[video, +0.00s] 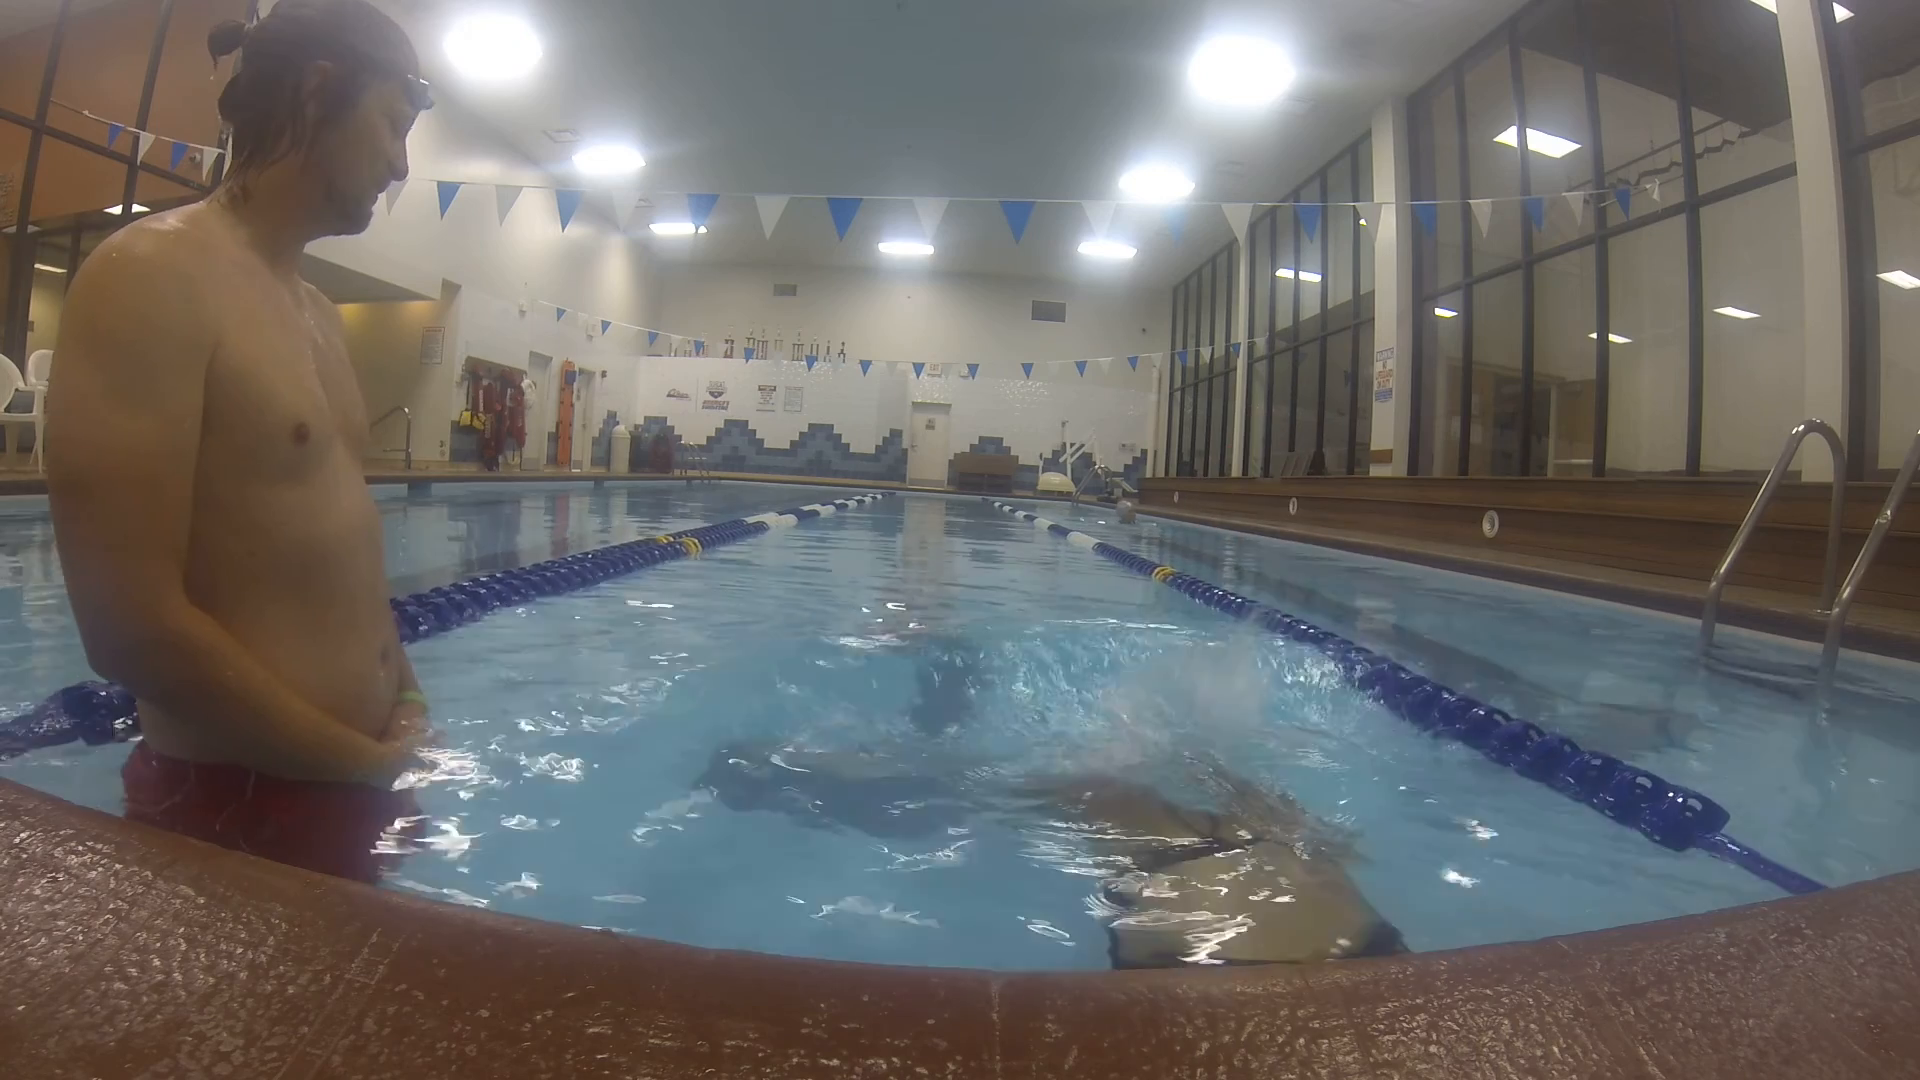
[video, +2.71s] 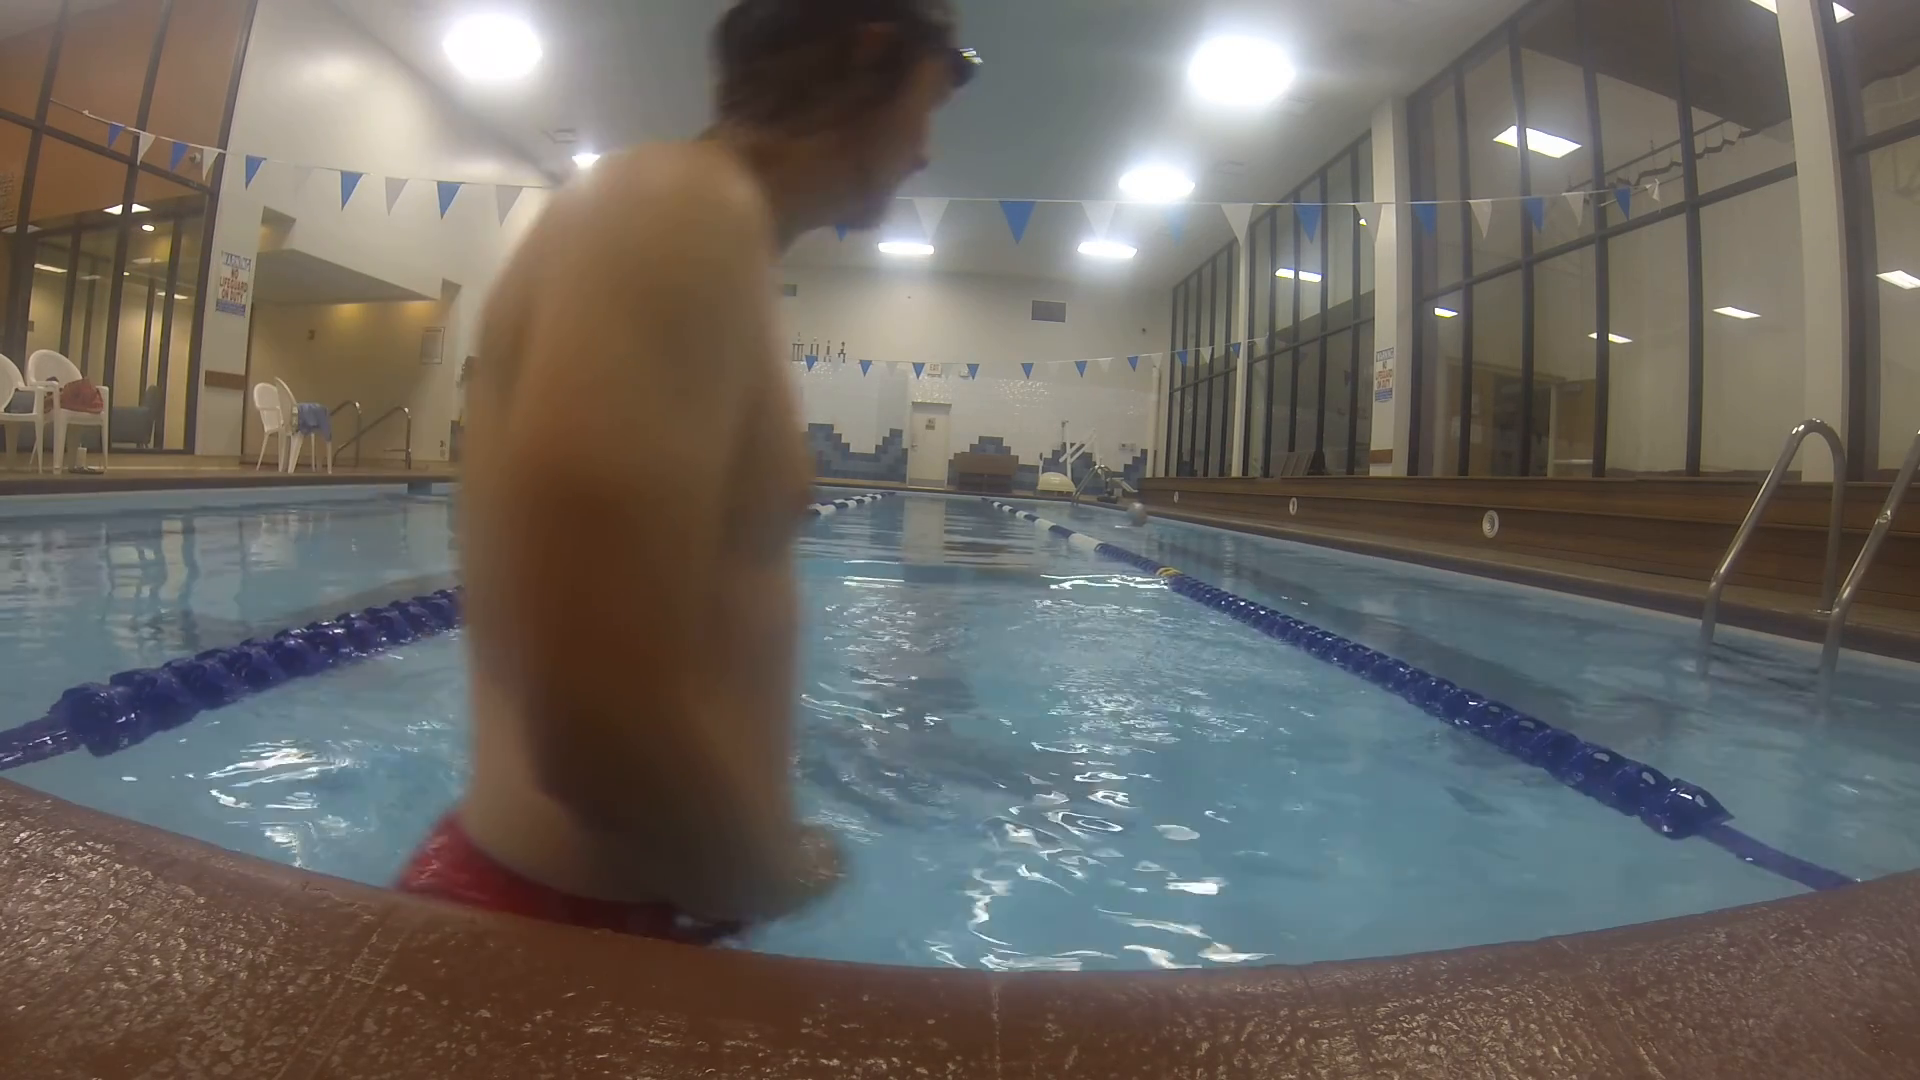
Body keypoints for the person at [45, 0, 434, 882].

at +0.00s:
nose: (405, 163)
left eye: (409, 132)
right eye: (398, 123)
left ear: (328, 103)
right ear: (318, 92)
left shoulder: (314, 305)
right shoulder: (149, 274)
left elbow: (337, 548)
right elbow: (127, 625)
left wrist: (405, 703)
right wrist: (373, 763)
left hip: (340, 788)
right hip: (230, 804)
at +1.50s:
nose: (494, 167)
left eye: (500, 142)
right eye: (474, 130)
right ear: (377, 115)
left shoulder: (403, 320)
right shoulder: (235, 282)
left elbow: (400, 554)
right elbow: (192, 622)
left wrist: (450, 707)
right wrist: (400, 764)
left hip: (373, 784)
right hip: (274, 799)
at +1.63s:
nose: (518, 172)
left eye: (527, 150)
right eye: (497, 134)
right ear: (400, 113)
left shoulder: (430, 325)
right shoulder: (258, 287)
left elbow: (408, 565)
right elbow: (208, 623)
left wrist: (460, 717)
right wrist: (410, 766)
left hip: (391, 794)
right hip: (284, 802)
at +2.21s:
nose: (647, 185)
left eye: (652, 158)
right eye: (631, 145)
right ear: (542, 126)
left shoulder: (508, 335)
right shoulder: (378, 292)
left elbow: (484, 600)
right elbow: (323, 643)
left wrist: (557, 758)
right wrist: (538, 810)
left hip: (455, 837)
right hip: (380, 846)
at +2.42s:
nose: (775, 186)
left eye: (777, 151)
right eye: (757, 142)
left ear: (661, 127)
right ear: (660, 119)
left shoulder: (578, 313)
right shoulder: (486, 284)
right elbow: (421, 670)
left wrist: (621, 786)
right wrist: (593, 821)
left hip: (501, 869)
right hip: (428, 878)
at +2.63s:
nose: (898, 161)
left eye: (903, 119)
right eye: (893, 110)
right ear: (807, 71)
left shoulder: (664, 251)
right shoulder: (619, 237)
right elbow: (546, 699)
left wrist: (716, 836)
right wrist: (715, 857)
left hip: (577, 909)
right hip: (512, 916)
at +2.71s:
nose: (924, 154)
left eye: (935, 114)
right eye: (928, 106)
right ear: (872, 57)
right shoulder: (675, 209)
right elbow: (597, 712)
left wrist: (769, 847)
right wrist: (770, 870)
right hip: (571, 930)